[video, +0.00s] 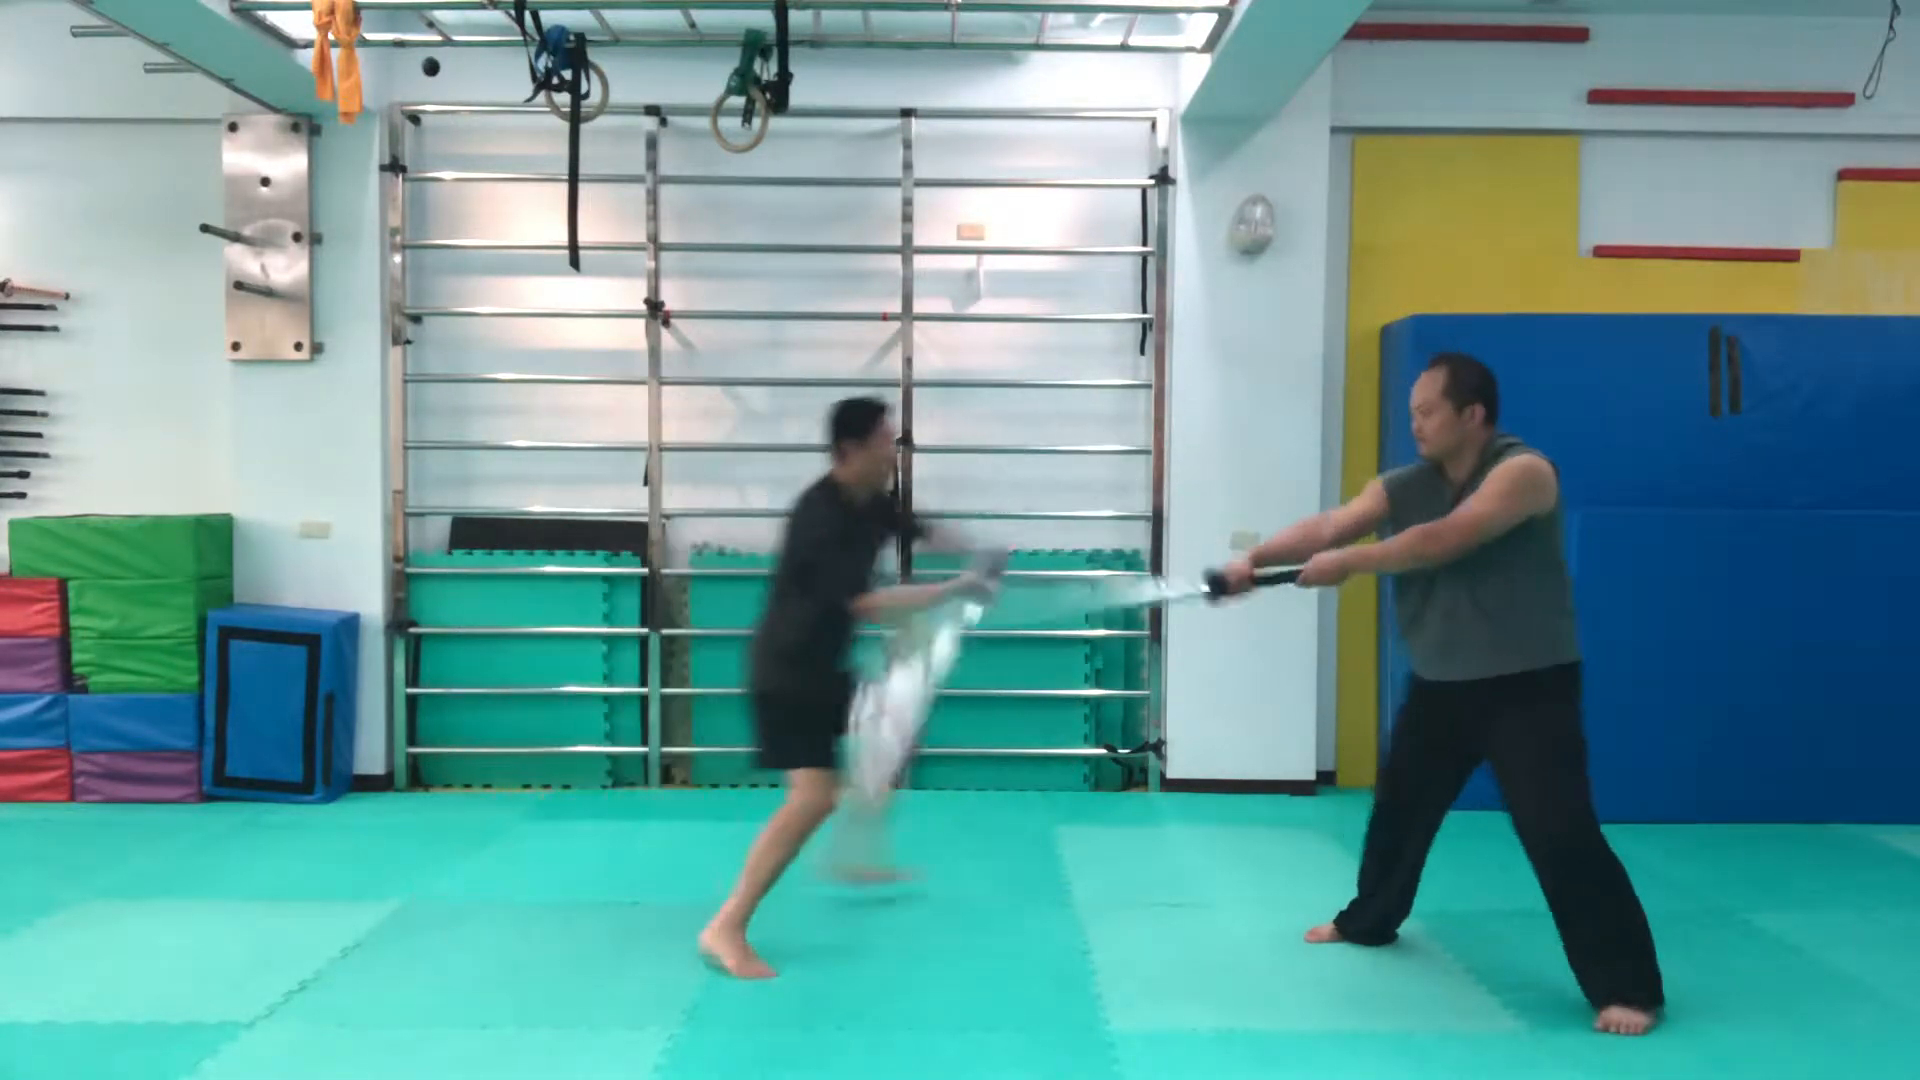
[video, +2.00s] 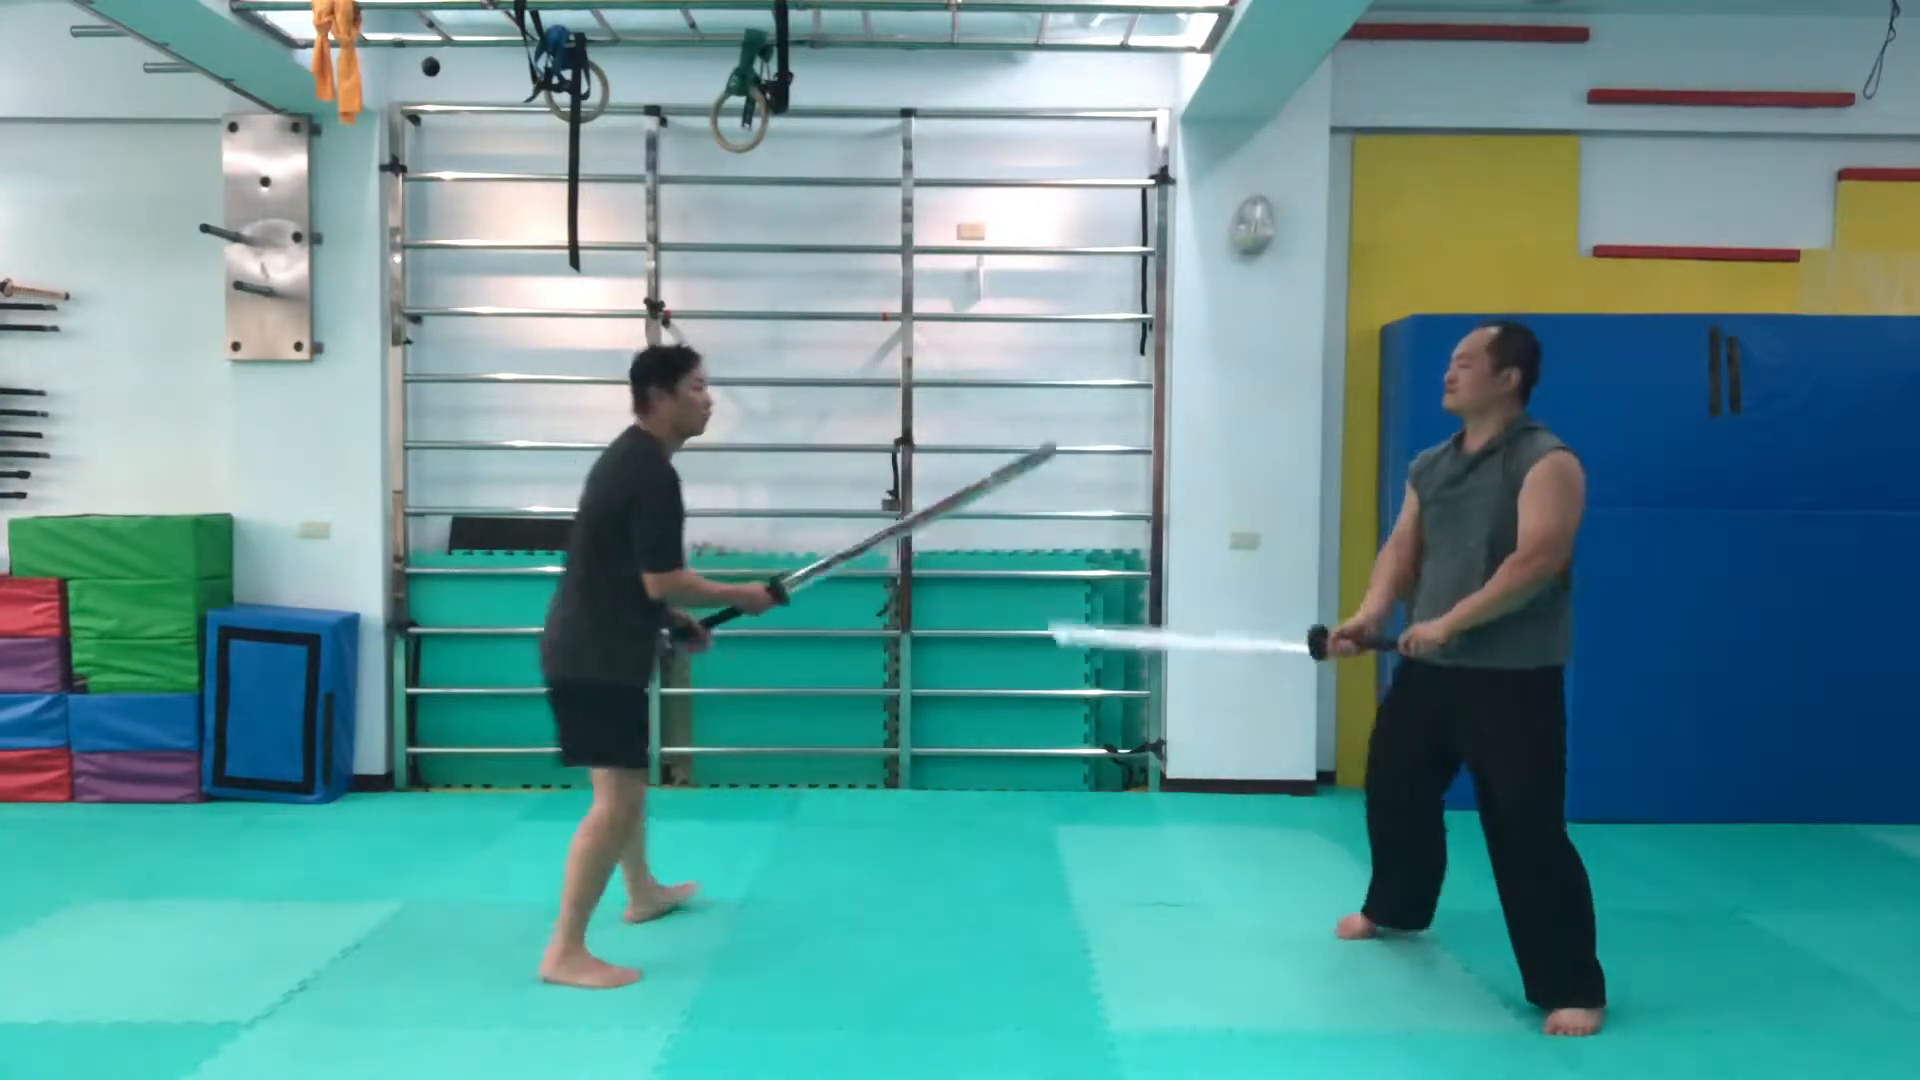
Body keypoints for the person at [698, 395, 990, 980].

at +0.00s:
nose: (895, 453)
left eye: (894, 442)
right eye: (886, 443)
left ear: (857, 449)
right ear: (851, 450)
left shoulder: (871, 500)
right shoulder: (825, 511)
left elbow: (923, 534)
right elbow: (858, 601)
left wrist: (979, 555)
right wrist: (954, 588)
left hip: (824, 663)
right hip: (788, 667)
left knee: (893, 729)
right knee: (813, 795)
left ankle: (857, 858)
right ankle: (726, 928)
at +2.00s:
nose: (710, 400)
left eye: (706, 388)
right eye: (697, 389)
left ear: (655, 399)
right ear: (659, 398)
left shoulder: (624, 458)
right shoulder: (652, 471)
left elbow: (609, 570)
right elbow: (664, 579)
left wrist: (671, 616)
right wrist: (742, 594)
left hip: (591, 650)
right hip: (600, 658)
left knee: (627, 781)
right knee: (614, 800)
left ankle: (642, 891)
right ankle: (564, 953)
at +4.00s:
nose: (1045, 441)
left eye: (1043, 430)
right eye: (1034, 432)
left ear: (993, 439)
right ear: (998, 439)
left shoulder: (972, 473)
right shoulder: (1022, 512)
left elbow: (1035, 395)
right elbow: (1112, 520)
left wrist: (1076, 413)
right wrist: (1165, 460)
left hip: (984, 646)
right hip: (1010, 656)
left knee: (1072, 751)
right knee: (1077, 761)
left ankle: (1070, 870)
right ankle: (983, 857)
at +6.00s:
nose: (625, 424)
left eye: (623, 412)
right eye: (614, 412)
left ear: (571, 421)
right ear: (573, 419)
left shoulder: (539, 477)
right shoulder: (557, 489)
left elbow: (559, 585)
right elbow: (588, 597)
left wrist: (630, 606)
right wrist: (682, 592)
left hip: (488, 673)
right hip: (534, 681)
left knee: (455, 793)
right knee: (611, 785)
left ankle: (355, 912)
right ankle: (623, 946)